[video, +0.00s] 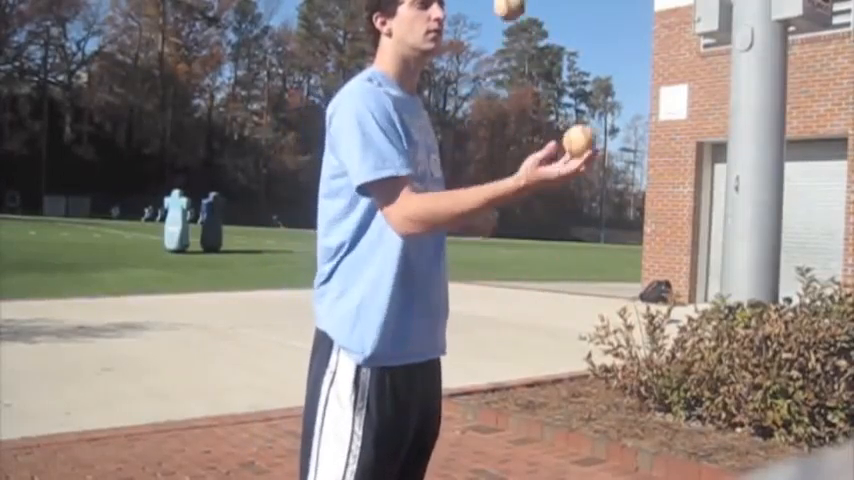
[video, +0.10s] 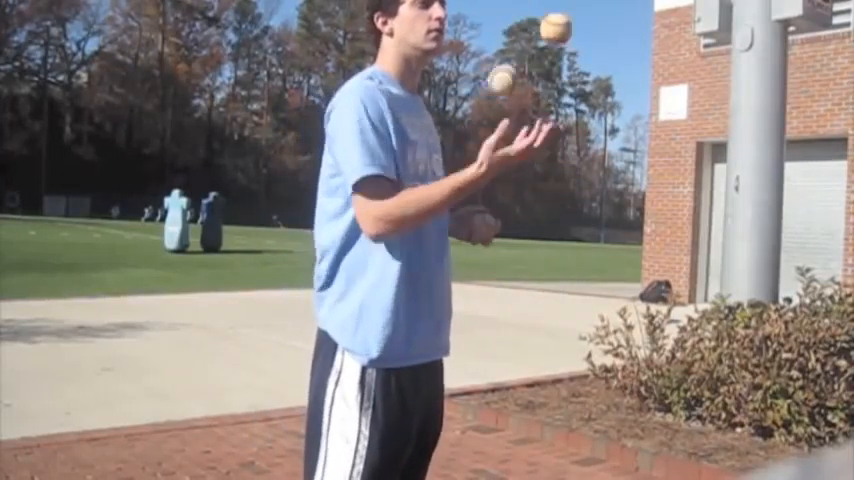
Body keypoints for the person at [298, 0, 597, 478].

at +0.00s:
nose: (439, 15)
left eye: (440, 6)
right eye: (422, 5)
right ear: (383, 21)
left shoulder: (413, 108)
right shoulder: (361, 100)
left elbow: (421, 212)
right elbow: (406, 214)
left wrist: (465, 219)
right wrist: (521, 181)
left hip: (417, 349)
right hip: (363, 351)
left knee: (404, 470)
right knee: (346, 471)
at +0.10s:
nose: (440, 14)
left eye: (442, 5)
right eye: (424, 4)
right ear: (384, 21)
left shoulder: (421, 112)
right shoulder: (360, 99)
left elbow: (410, 213)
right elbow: (376, 217)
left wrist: (458, 222)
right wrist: (482, 171)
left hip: (420, 349)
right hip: (366, 351)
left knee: (406, 469)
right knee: (350, 470)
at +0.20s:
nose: (442, 12)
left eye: (442, 5)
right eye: (425, 4)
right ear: (386, 22)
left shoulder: (422, 113)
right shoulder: (355, 101)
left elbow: (407, 219)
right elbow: (327, 215)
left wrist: (456, 221)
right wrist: (436, 184)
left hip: (422, 346)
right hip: (367, 348)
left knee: (407, 469)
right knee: (355, 469)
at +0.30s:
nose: (438, 10)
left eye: (438, 4)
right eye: (421, 3)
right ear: (384, 24)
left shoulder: (422, 114)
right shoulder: (351, 102)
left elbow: (406, 211)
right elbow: (291, 206)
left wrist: (461, 218)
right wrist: (405, 223)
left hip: (424, 350)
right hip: (368, 351)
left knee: (409, 468)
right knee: (358, 470)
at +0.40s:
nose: (430, 12)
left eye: (430, 4)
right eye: (412, 4)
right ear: (376, 25)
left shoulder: (418, 116)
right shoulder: (343, 104)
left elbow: (409, 223)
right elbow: (276, 205)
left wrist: (453, 212)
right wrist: (381, 247)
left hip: (424, 350)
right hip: (366, 351)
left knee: (408, 470)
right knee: (360, 470)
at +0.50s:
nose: (418, 17)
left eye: (420, 9)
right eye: (401, 8)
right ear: (365, 28)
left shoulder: (423, 124)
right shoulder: (330, 109)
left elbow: (437, 224)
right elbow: (271, 215)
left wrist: (451, 203)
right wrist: (374, 260)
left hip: (423, 349)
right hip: (361, 353)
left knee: (411, 469)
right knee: (362, 471)